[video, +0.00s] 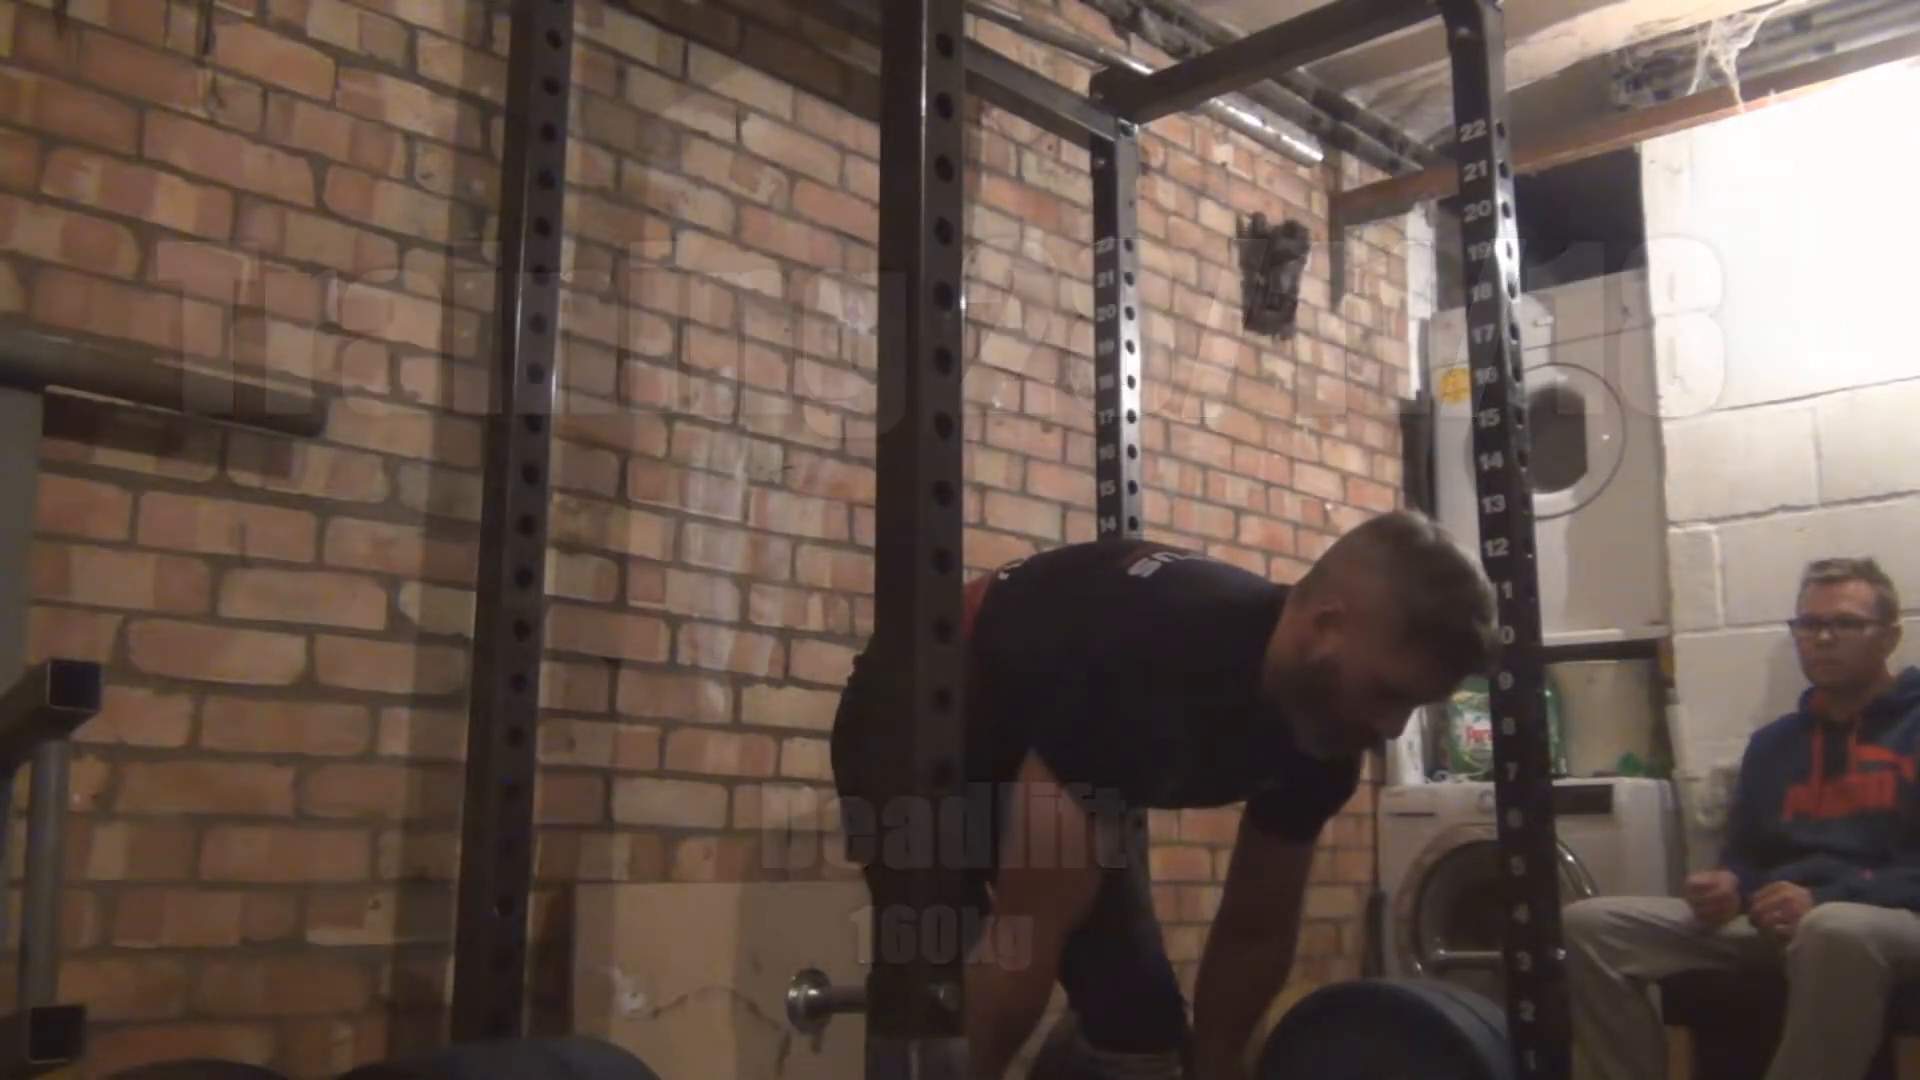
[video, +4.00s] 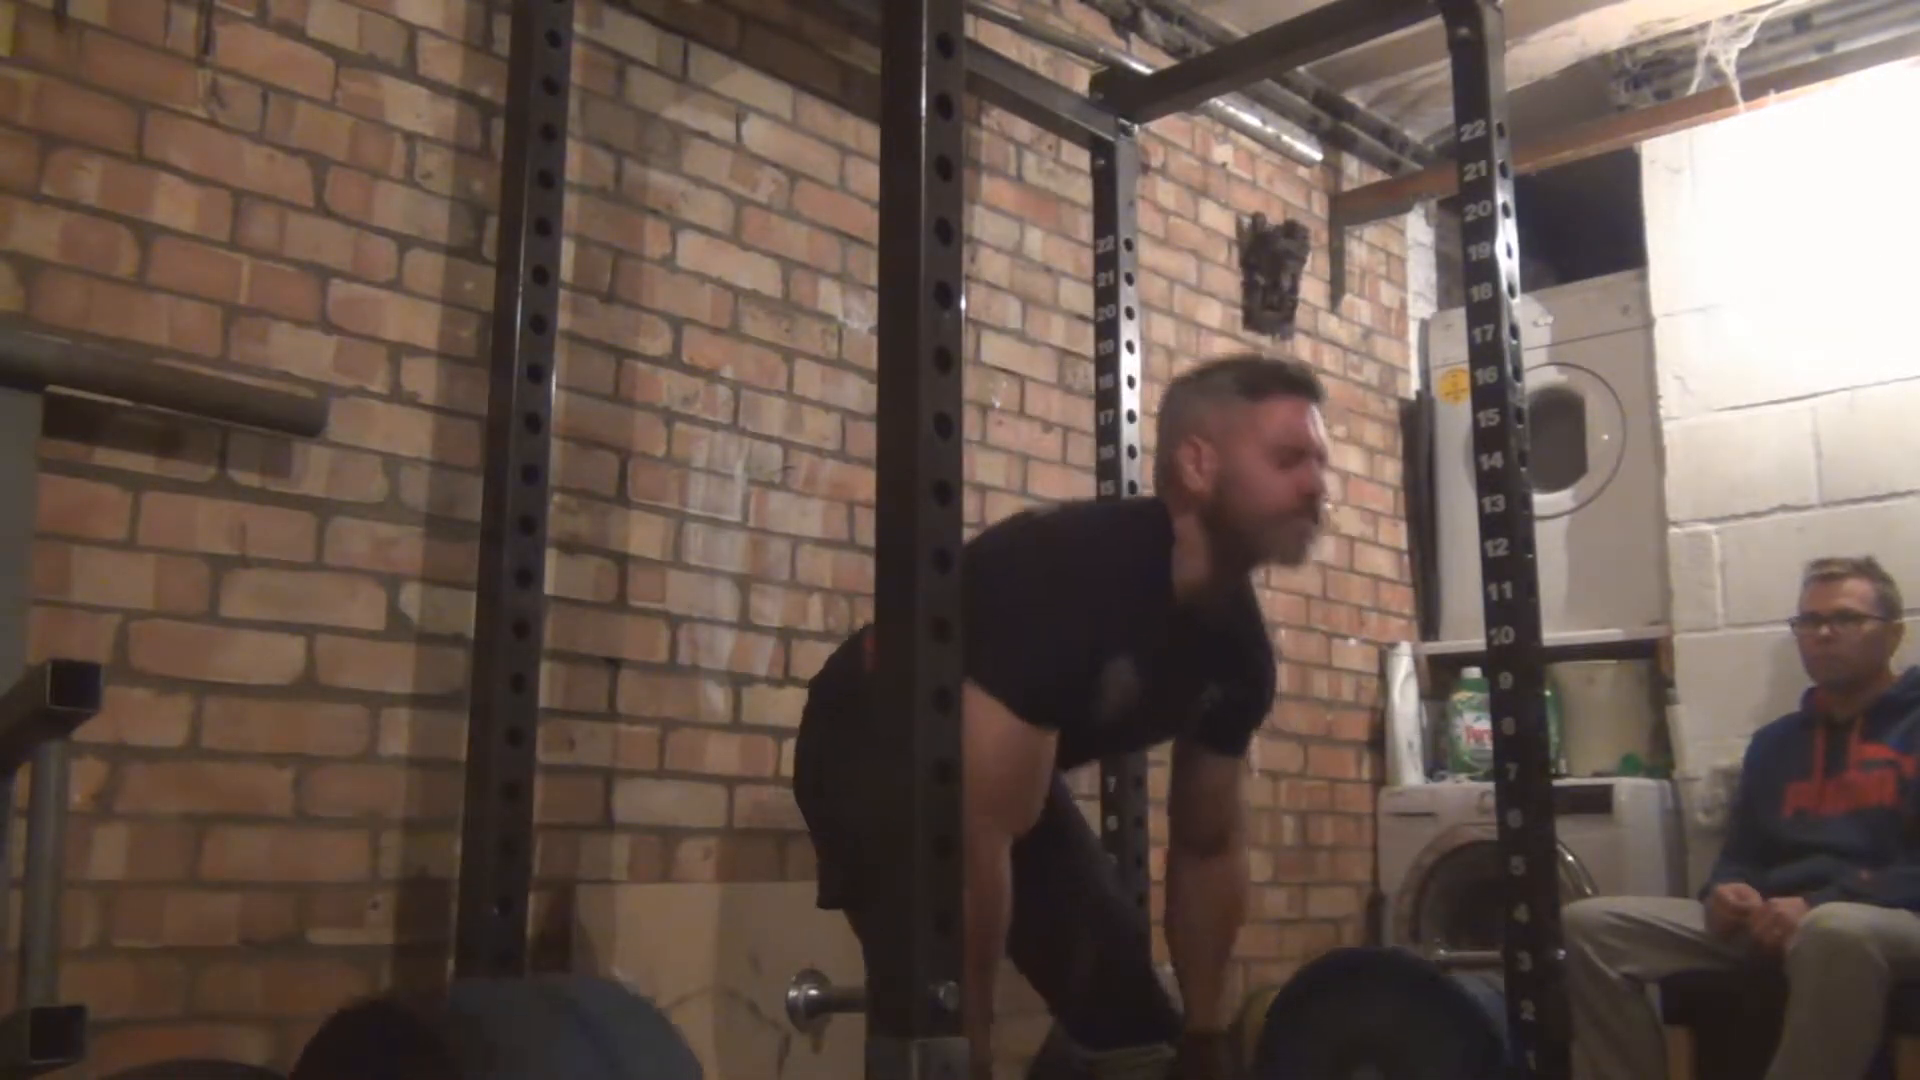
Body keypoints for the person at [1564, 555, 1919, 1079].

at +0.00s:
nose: (1822, 639)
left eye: (1844, 624)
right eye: (1809, 624)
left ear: (1890, 636)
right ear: (1794, 634)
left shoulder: (1914, 723)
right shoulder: (1773, 744)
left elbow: (1914, 873)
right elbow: (1744, 852)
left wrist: (1820, 900)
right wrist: (1731, 883)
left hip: (1894, 920)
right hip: (1771, 919)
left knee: (1833, 935)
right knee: (1589, 929)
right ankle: (1628, 1072)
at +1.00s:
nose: (1824, 639)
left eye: (1845, 625)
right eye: (1810, 624)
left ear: (1890, 637)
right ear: (1794, 634)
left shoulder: (1914, 723)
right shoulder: (1774, 743)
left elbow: (1913, 875)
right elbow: (1746, 853)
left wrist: (1819, 900)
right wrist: (1730, 885)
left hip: (1894, 918)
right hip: (1773, 917)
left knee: (1832, 936)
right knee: (1589, 929)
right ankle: (1629, 1074)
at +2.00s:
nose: (1825, 637)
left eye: (1848, 623)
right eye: (1812, 622)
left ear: (1894, 637)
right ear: (1797, 632)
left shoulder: (1913, 721)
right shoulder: (1774, 743)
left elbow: (1914, 870)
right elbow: (1742, 849)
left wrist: (1818, 903)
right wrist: (1728, 886)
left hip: (1894, 917)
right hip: (1769, 916)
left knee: (1832, 937)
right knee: (1589, 928)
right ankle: (1628, 1073)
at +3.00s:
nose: (1817, 640)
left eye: (1838, 624)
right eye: (1805, 626)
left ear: (1888, 635)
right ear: (1791, 635)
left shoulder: (1914, 719)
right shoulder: (1775, 742)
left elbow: (1915, 870)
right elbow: (1739, 855)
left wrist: (1818, 905)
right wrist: (1725, 892)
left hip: (1893, 919)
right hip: (1767, 917)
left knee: (1834, 936)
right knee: (1587, 929)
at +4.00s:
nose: (1822, 635)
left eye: (1844, 619)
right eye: (1810, 621)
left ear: (1893, 635)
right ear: (1796, 633)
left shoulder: (1913, 721)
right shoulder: (1775, 742)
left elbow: (1913, 872)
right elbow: (1739, 852)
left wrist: (1816, 905)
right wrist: (1724, 892)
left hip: (1892, 919)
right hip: (1766, 917)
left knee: (1834, 936)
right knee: (1587, 929)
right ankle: (1628, 1073)